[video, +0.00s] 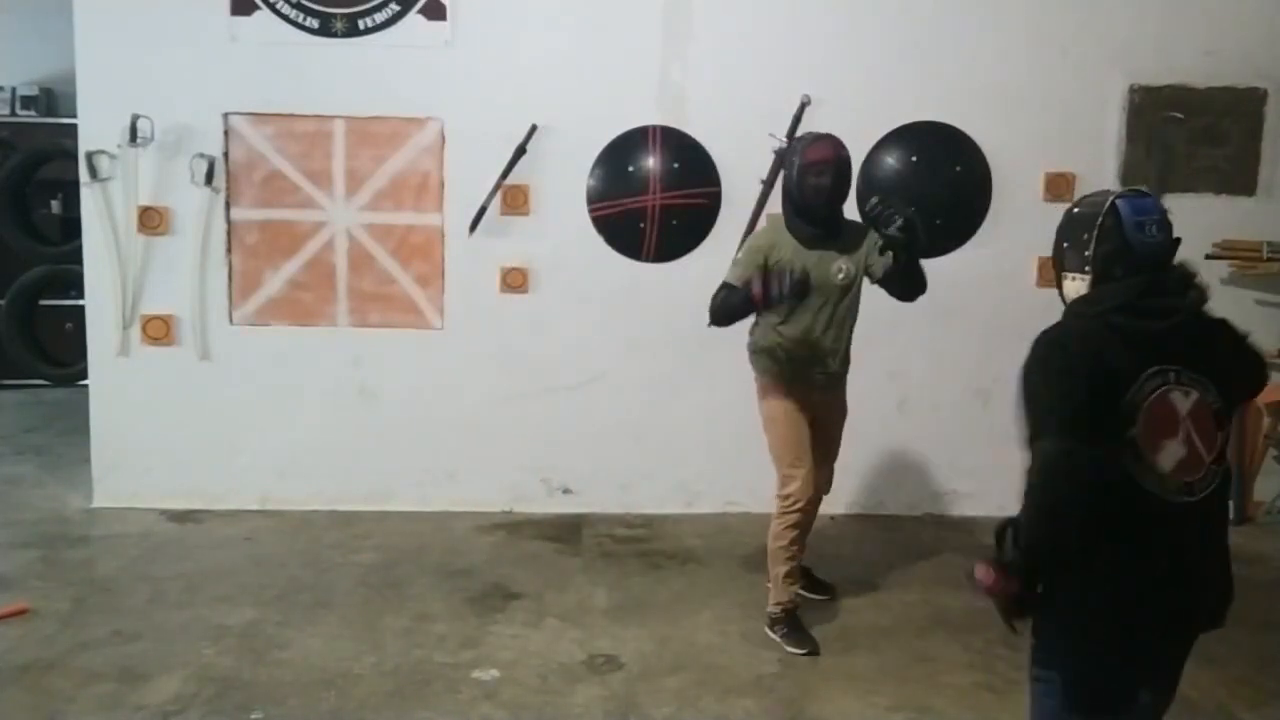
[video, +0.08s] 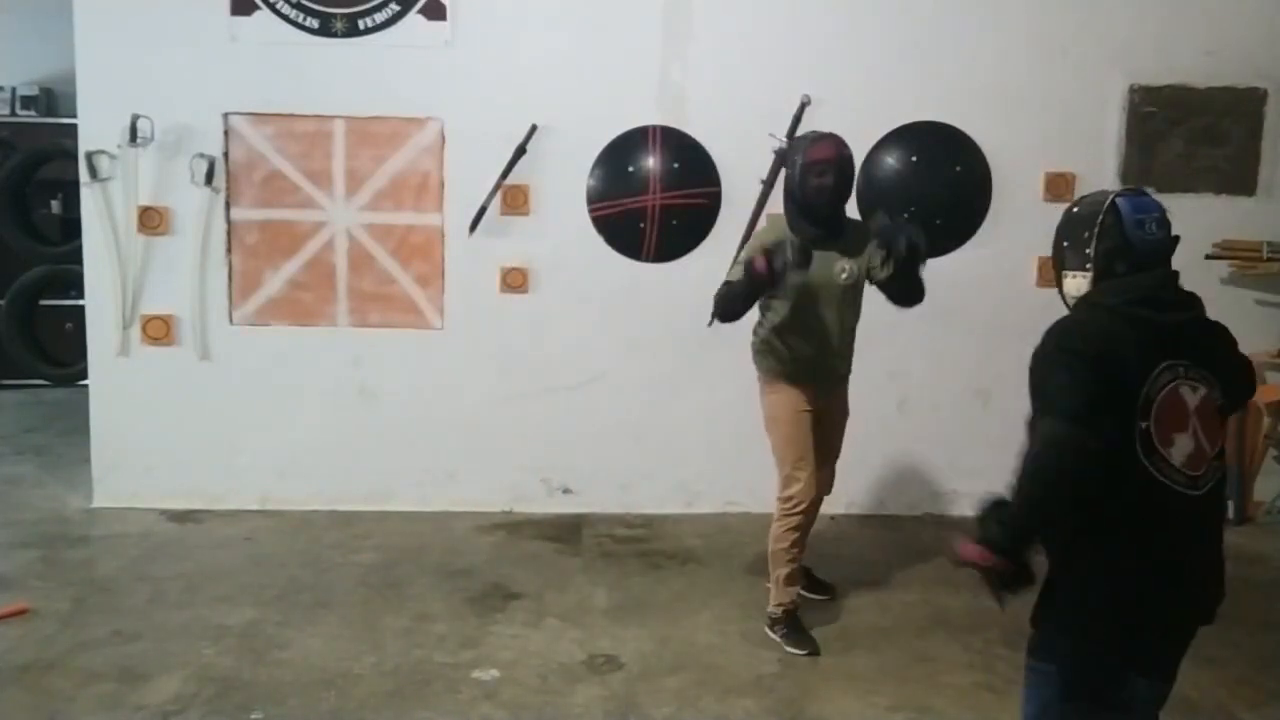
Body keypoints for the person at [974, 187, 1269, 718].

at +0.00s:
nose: (1062, 268)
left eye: (1068, 254)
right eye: (1066, 253)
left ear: (1091, 259)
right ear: (1158, 254)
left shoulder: (1066, 347)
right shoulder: (1213, 339)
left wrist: (1018, 565)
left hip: (1087, 591)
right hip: (1185, 588)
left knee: (1068, 703)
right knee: (1142, 703)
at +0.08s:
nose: (1065, 271)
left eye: (1071, 257)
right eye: (1067, 257)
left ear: (1093, 257)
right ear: (1157, 253)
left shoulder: (1078, 340)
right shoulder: (1205, 336)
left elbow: (1057, 460)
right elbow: (1242, 381)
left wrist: (1003, 535)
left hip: (1093, 583)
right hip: (1183, 585)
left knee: (1056, 700)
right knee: (1135, 701)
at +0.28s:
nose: (1058, 256)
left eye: (1064, 244)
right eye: (1060, 243)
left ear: (1085, 247)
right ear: (1146, 243)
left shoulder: (1069, 326)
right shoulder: (1188, 318)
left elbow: (1016, 421)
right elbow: (1243, 348)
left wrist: (931, 482)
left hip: (1084, 570)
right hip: (1174, 571)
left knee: (1049, 696)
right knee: (1134, 700)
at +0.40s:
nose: (1035, 273)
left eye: (1039, 261)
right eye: (1036, 260)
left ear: (1061, 256)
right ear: (1128, 253)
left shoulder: (1046, 327)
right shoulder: (1180, 314)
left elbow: (969, 414)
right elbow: (1244, 339)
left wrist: (894, 484)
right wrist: (1167, 288)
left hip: (1064, 573)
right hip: (1159, 574)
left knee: (1030, 697)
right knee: (1117, 701)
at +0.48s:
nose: (1024, 271)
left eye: (1029, 258)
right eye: (1026, 257)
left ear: (1048, 258)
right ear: (1119, 256)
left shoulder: (1031, 335)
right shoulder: (1169, 321)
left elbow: (953, 424)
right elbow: (1239, 343)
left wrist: (876, 505)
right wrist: (1173, 295)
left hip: (1056, 574)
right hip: (1148, 572)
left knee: (1023, 687)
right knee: (1087, 684)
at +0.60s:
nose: (1010, 268)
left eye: (1016, 255)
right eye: (1013, 254)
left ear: (1036, 259)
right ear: (1100, 253)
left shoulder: (1020, 341)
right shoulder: (1146, 327)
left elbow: (973, 449)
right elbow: (1187, 379)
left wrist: (902, 524)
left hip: (1039, 578)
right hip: (1127, 573)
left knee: (1016, 700)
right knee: (1082, 698)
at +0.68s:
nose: (1015, 266)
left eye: (1022, 255)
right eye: (1019, 254)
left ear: (1041, 261)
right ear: (1100, 258)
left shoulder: (1024, 345)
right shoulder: (1142, 339)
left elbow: (988, 455)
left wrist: (921, 523)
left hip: (1034, 576)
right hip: (1113, 569)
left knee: (1016, 700)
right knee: (1071, 695)